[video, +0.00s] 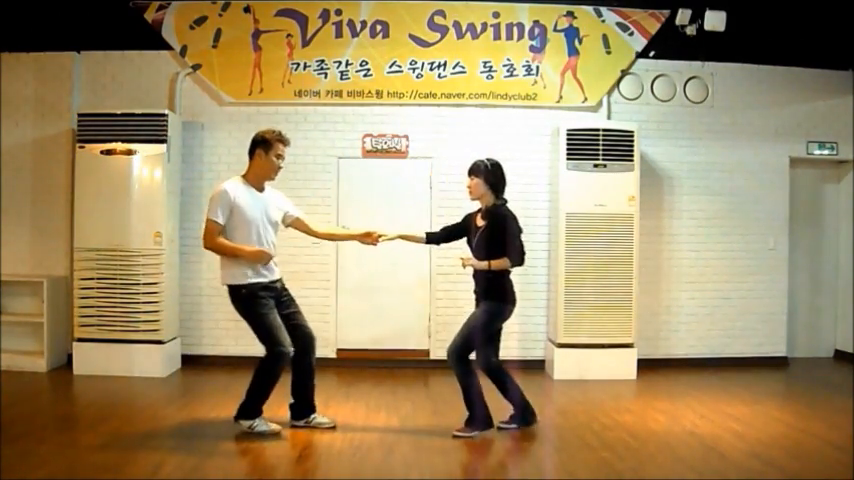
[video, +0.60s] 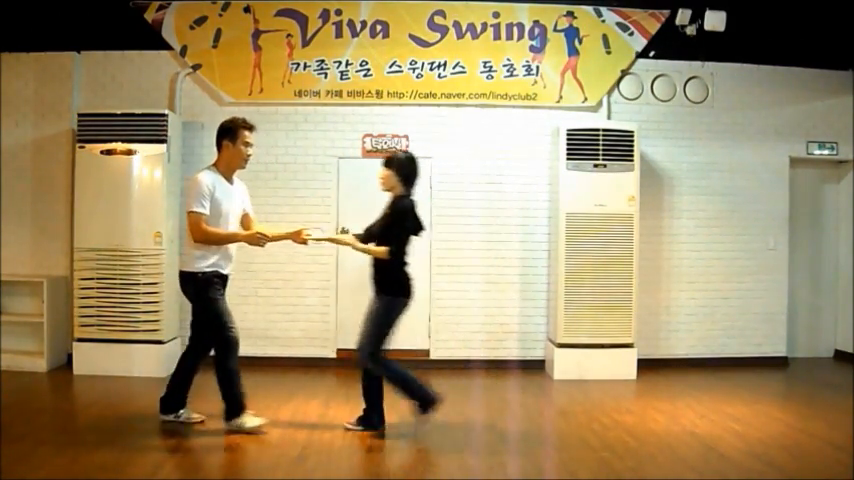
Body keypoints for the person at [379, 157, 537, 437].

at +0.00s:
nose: (468, 183)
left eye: (473, 178)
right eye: (469, 178)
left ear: (488, 182)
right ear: (479, 183)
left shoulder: (505, 217)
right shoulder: (473, 219)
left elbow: (516, 259)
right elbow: (437, 237)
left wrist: (480, 264)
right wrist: (397, 235)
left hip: (499, 301)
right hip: (485, 301)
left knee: (457, 353)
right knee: (488, 362)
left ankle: (479, 419)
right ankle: (524, 412)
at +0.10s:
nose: (463, 178)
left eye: (468, 173)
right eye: (464, 173)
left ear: (483, 177)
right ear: (474, 178)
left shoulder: (499, 212)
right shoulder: (467, 214)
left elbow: (509, 253)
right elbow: (431, 230)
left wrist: (473, 258)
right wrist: (391, 227)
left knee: (464, 355)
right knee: (464, 356)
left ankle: (480, 422)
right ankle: (511, 399)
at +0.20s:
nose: (454, 176)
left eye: (459, 170)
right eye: (455, 170)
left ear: (473, 174)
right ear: (466, 175)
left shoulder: (487, 209)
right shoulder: (459, 211)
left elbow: (496, 250)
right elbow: (422, 227)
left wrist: (461, 254)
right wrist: (383, 222)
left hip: (482, 294)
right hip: (465, 293)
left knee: (463, 357)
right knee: (441, 347)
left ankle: (482, 423)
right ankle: (482, 396)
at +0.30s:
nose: (440, 178)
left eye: (445, 173)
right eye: (441, 172)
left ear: (458, 177)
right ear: (454, 177)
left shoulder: (471, 213)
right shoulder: (446, 213)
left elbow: (474, 254)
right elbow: (410, 230)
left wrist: (439, 255)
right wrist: (371, 227)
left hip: (467, 297)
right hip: (451, 297)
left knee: (455, 361)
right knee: (419, 344)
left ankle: (482, 422)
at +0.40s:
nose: (422, 181)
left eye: (427, 176)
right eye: (424, 176)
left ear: (441, 182)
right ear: (437, 182)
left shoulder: (448, 216)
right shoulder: (429, 217)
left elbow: (448, 260)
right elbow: (396, 236)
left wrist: (415, 259)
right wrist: (357, 235)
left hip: (445, 302)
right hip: (432, 301)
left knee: (444, 364)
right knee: (401, 350)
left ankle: (481, 421)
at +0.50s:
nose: (402, 180)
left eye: (407, 175)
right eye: (404, 175)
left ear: (420, 180)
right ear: (416, 180)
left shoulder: (425, 214)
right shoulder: (413, 213)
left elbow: (418, 258)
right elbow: (382, 238)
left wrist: (387, 255)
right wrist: (344, 238)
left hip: (418, 298)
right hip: (405, 298)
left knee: (413, 362)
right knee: (378, 350)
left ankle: (467, 407)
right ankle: (373, 416)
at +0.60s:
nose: (381, 174)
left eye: (386, 169)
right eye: (383, 169)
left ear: (398, 175)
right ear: (397, 176)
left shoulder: (403, 208)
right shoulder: (395, 206)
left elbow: (391, 252)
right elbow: (367, 238)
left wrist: (357, 246)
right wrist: (335, 237)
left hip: (393, 292)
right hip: (385, 291)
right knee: (367, 353)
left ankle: (424, 397)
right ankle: (373, 416)